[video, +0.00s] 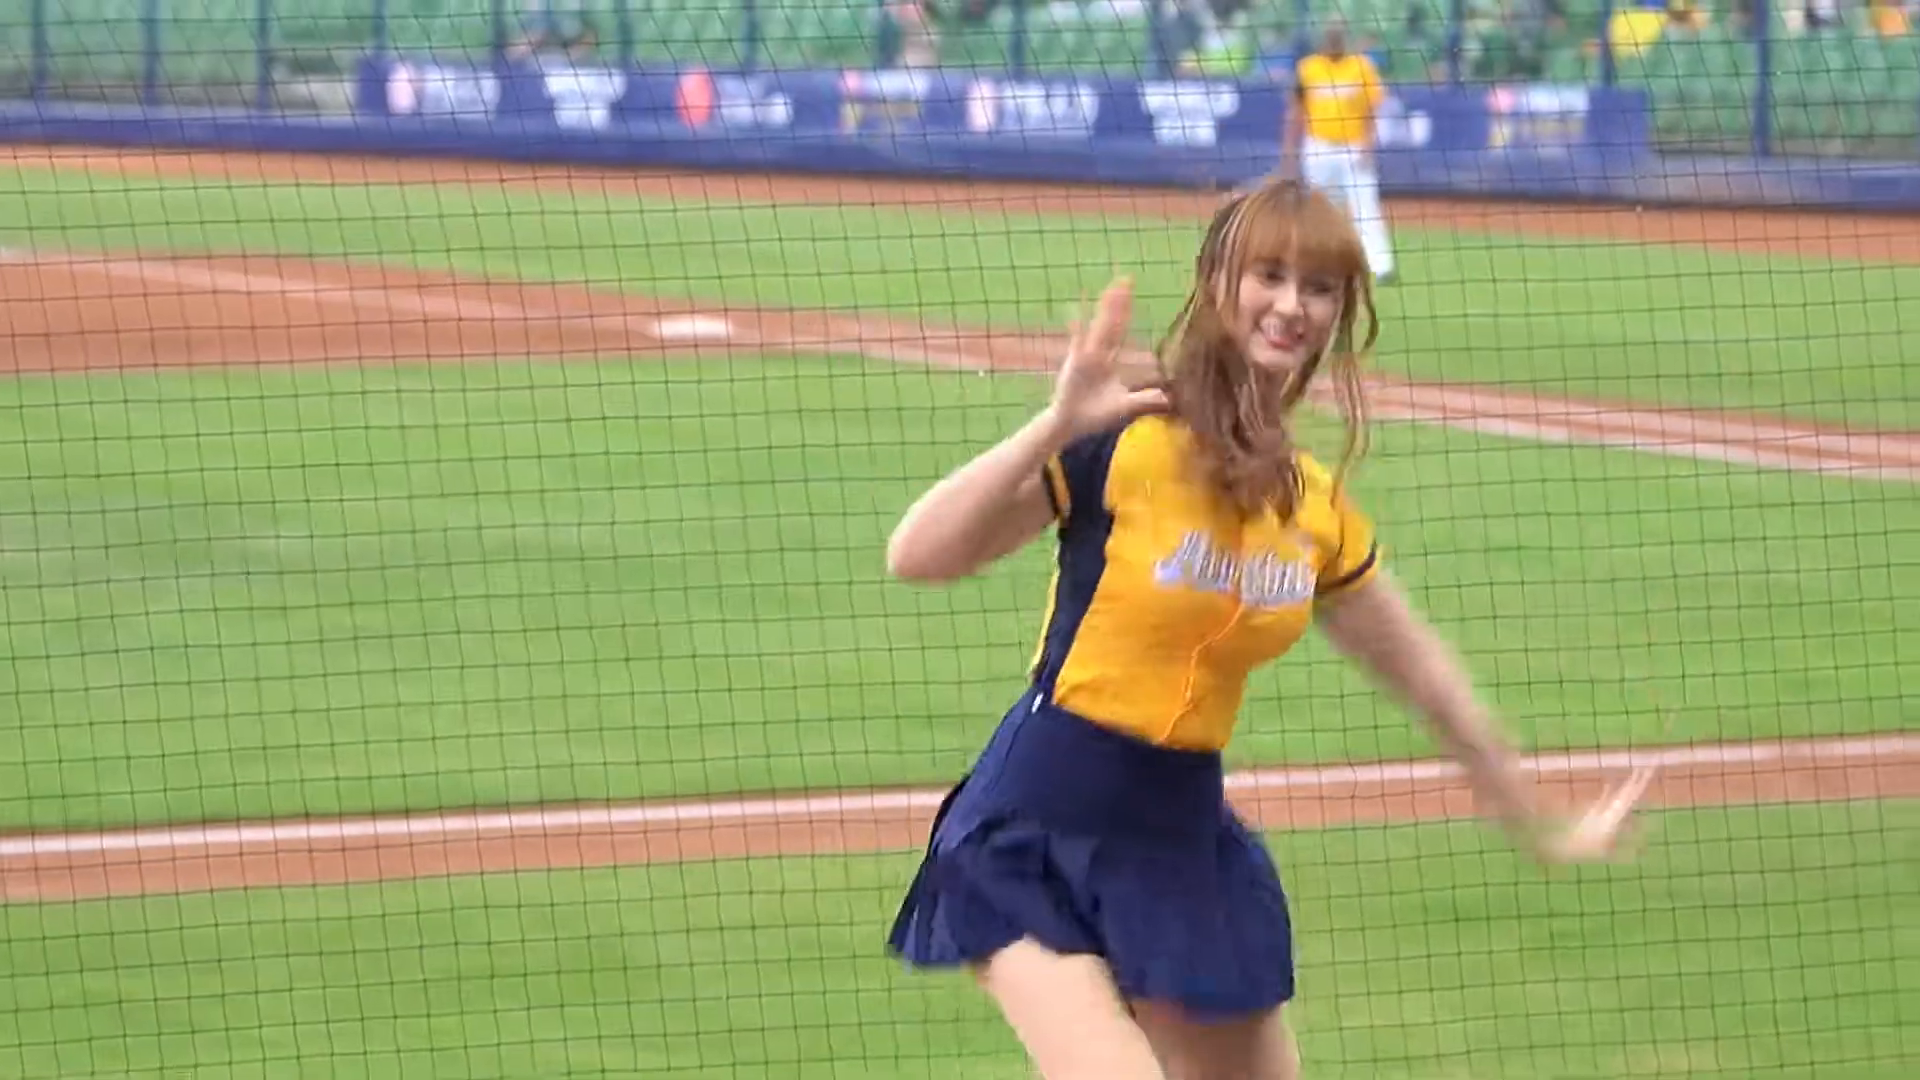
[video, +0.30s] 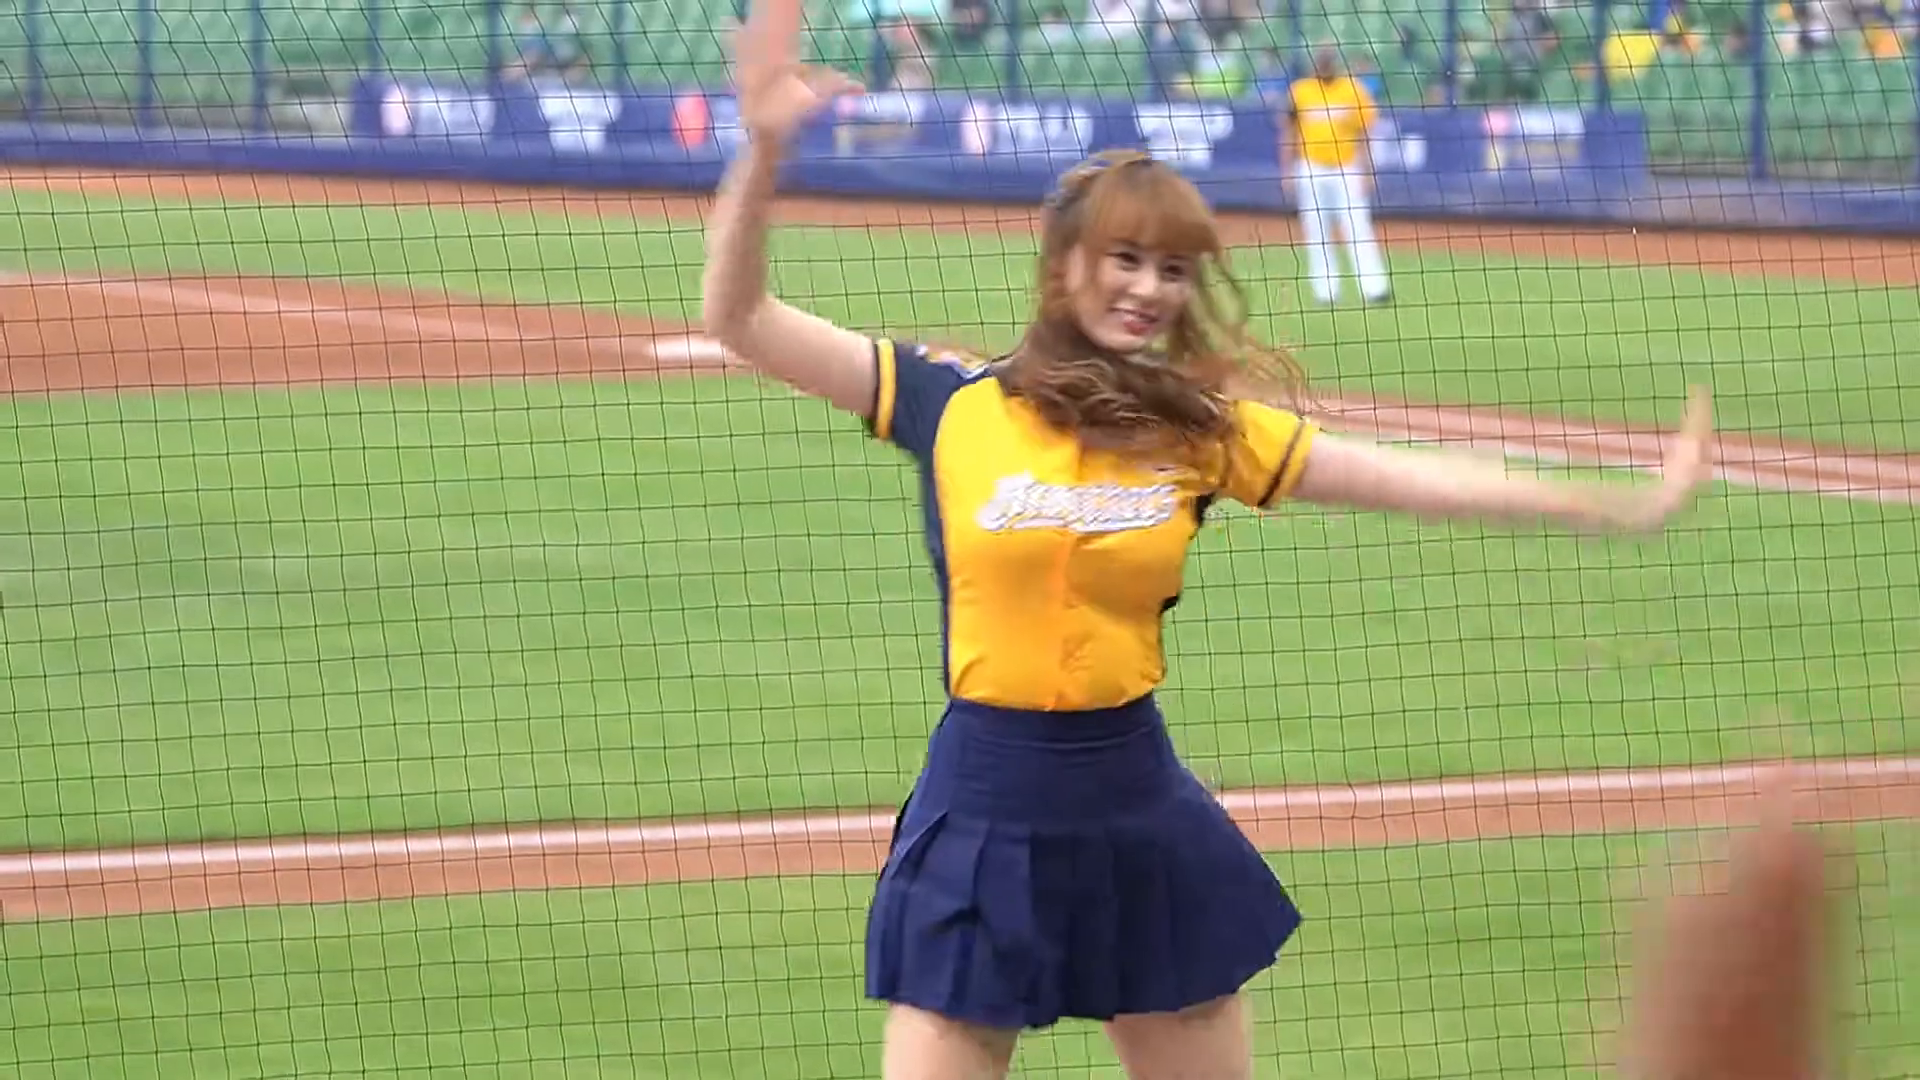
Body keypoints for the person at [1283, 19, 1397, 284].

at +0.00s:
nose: (1334, 44)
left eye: (1338, 38)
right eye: (1330, 38)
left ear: (1345, 40)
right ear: (1323, 40)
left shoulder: (1361, 66)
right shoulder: (1306, 68)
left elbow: (1374, 106)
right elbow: (1295, 112)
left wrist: (1369, 142)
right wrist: (1289, 152)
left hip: (1355, 147)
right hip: (1318, 147)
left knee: (1365, 207)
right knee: (1318, 209)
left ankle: (1379, 263)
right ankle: (1315, 263)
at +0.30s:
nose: (1325, 63)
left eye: (1329, 58)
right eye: (1320, 58)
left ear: (1337, 60)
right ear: (1313, 61)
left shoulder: (1354, 90)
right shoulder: (1298, 91)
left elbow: (1367, 134)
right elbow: (1288, 133)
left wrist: (1368, 170)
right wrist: (1287, 172)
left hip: (1348, 168)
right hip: (1311, 169)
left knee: (1358, 225)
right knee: (1315, 229)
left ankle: (1374, 285)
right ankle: (1325, 288)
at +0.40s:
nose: (1359, 60)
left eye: (1364, 55)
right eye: (1355, 55)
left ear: (1371, 57)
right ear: (1348, 58)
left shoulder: (1387, 86)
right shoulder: (1333, 88)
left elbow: (1403, 128)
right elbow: (1323, 128)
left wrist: (1403, 165)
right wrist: (1324, 165)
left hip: (1383, 164)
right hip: (1346, 165)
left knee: (1393, 223)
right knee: (1351, 227)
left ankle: (1409, 282)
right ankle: (1361, 285)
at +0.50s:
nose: (1397, 62)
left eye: (1401, 56)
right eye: (1393, 56)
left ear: (1408, 58)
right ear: (1386, 59)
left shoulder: (1426, 87)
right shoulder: (1372, 88)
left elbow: (1442, 125)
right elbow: (1362, 129)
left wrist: (1440, 160)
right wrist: (1363, 165)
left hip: (1420, 163)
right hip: (1384, 164)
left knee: (1428, 222)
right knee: (1390, 226)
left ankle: (1439, 275)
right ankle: (1399, 283)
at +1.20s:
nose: (1388, 61)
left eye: (1392, 55)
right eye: (1383, 56)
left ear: (1400, 56)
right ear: (1376, 57)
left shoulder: (1411, 81)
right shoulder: (1358, 80)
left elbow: (1423, 123)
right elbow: (1341, 117)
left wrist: (1421, 160)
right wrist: (1341, 151)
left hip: (1400, 155)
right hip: (1365, 154)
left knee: (1404, 214)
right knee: (1362, 214)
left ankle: (1410, 270)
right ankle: (1361, 269)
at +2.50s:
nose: (1407, 38)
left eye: (1411, 33)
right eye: (1403, 32)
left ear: (1418, 35)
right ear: (1396, 33)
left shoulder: (1428, 60)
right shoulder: (1381, 57)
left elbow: (1436, 101)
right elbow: (1371, 91)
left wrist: (1439, 135)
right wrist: (1370, 123)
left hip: (1418, 132)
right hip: (1385, 131)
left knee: (1413, 189)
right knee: (1375, 187)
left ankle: (1409, 243)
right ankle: (1368, 238)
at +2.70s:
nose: (1441, 31)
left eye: (1446, 26)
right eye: (1437, 25)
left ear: (1452, 27)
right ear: (1429, 25)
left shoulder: (1464, 53)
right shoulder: (1415, 49)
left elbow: (1473, 95)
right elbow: (1404, 82)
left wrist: (1474, 129)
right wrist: (1404, 114)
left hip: (1452, 124)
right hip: (1419, 123)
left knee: (1447, 182)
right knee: (1408, 181)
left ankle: (1445, 235)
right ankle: (1403, 231)